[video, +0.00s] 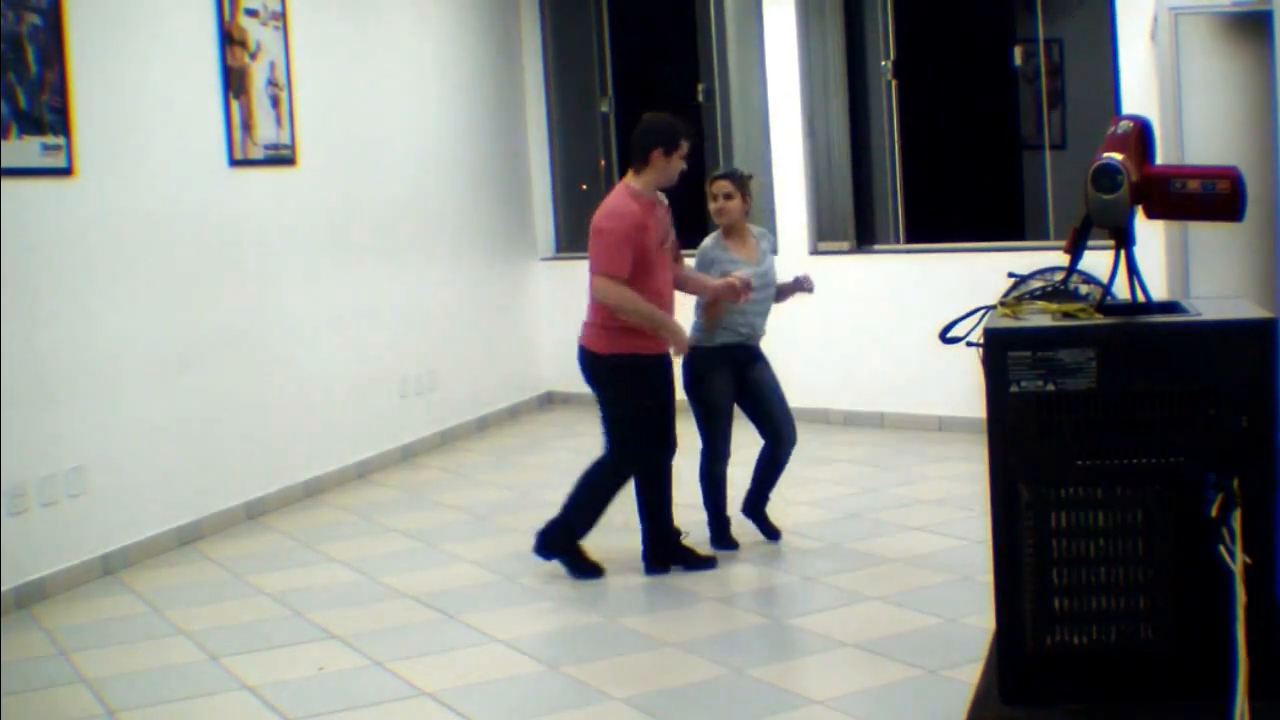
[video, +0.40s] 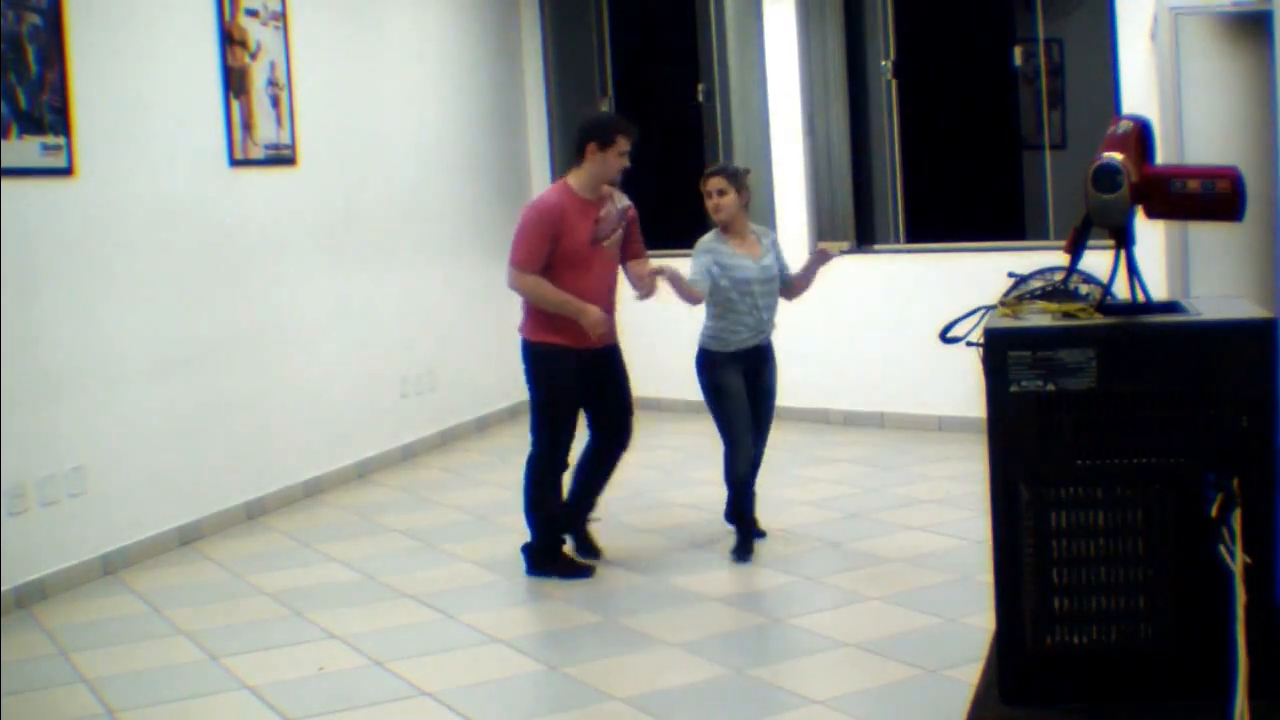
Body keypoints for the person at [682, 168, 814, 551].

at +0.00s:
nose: (719, 205)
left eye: (727, 197)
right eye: (713, 198)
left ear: (746, 201)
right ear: (709, 205)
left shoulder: (763, 240)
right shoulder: (709, 251)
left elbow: (761, 296)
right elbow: (704, 317)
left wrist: (790, 288)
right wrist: (723, 293)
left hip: (748, 354)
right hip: (708, 358)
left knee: (782, 436)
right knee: (716, 449)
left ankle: (755, 504)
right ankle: (718, 524)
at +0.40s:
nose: (713, 202)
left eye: (721, 193)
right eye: (708, 196)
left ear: (742, 196)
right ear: (705, 203)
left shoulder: (766, 239)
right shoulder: (708, 248)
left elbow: (789, 289)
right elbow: (695, 297)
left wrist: (815, 263)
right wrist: (672, 276)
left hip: (759, 353)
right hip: (719, 356)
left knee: (756, 441)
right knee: (740, 442)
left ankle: (741, 510)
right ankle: (744, 529)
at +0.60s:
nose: (701, 205)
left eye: (708, 196)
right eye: (698, 198)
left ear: (733, 199)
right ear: (705, 205)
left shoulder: (767, 250)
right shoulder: (697, 254)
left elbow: (785, 311)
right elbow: (669, 306)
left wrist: (770, 277)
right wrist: (633, 285)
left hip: (754, 362)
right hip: (706, 367)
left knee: (779, 454)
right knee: (736, 460)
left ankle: (762, 502)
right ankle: (765, 541)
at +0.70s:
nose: (693, 207)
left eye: (698, 199)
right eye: (695, 199)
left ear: (718, 202)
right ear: (714, 203)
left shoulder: (756, 251)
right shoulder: (700, 256)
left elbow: (757, 310)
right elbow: (677, 308)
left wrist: (716, 278)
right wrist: (639, 281)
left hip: (746, 365)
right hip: (703, 368)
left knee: (747, 458)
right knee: (729, 463)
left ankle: (786, 509)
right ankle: (764, 540)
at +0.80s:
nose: (689, 203)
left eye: (694, 196)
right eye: (691, 195)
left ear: (709, 201)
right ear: (715, 201)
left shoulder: (732, 248)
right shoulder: (711, 249)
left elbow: (722, 306)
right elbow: (698, 301)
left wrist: (672, 274)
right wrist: (663, 273)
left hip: (734, 363)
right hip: (713, 365)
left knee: (713, 455)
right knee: (732, 456)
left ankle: (769, 541)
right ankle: (768, 541)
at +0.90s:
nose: (681, 199)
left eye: (684, 193)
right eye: (683, 192)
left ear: (694, 198)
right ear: (725, 201)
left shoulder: (696, 248)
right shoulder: (732, 246)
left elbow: (669, 303)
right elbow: (701, 276)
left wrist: (642, 272)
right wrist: (663, 262)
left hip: (712, 363)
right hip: (742, 358)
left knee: (697, 465)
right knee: (736, 455)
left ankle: (716, 559)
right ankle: (778, 538)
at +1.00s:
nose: (672, 200)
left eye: (674, 194)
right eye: (674, 194)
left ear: (681, 200)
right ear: (721, 202)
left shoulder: (664, 247)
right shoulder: (732, 252)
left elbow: (630, 293)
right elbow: (754, 293)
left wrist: (627, 260)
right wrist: (715, 274)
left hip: (690, 370)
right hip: (736, 364)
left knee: (684, 470)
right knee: (738, 457)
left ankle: (681, 569)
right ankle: (778, 539)